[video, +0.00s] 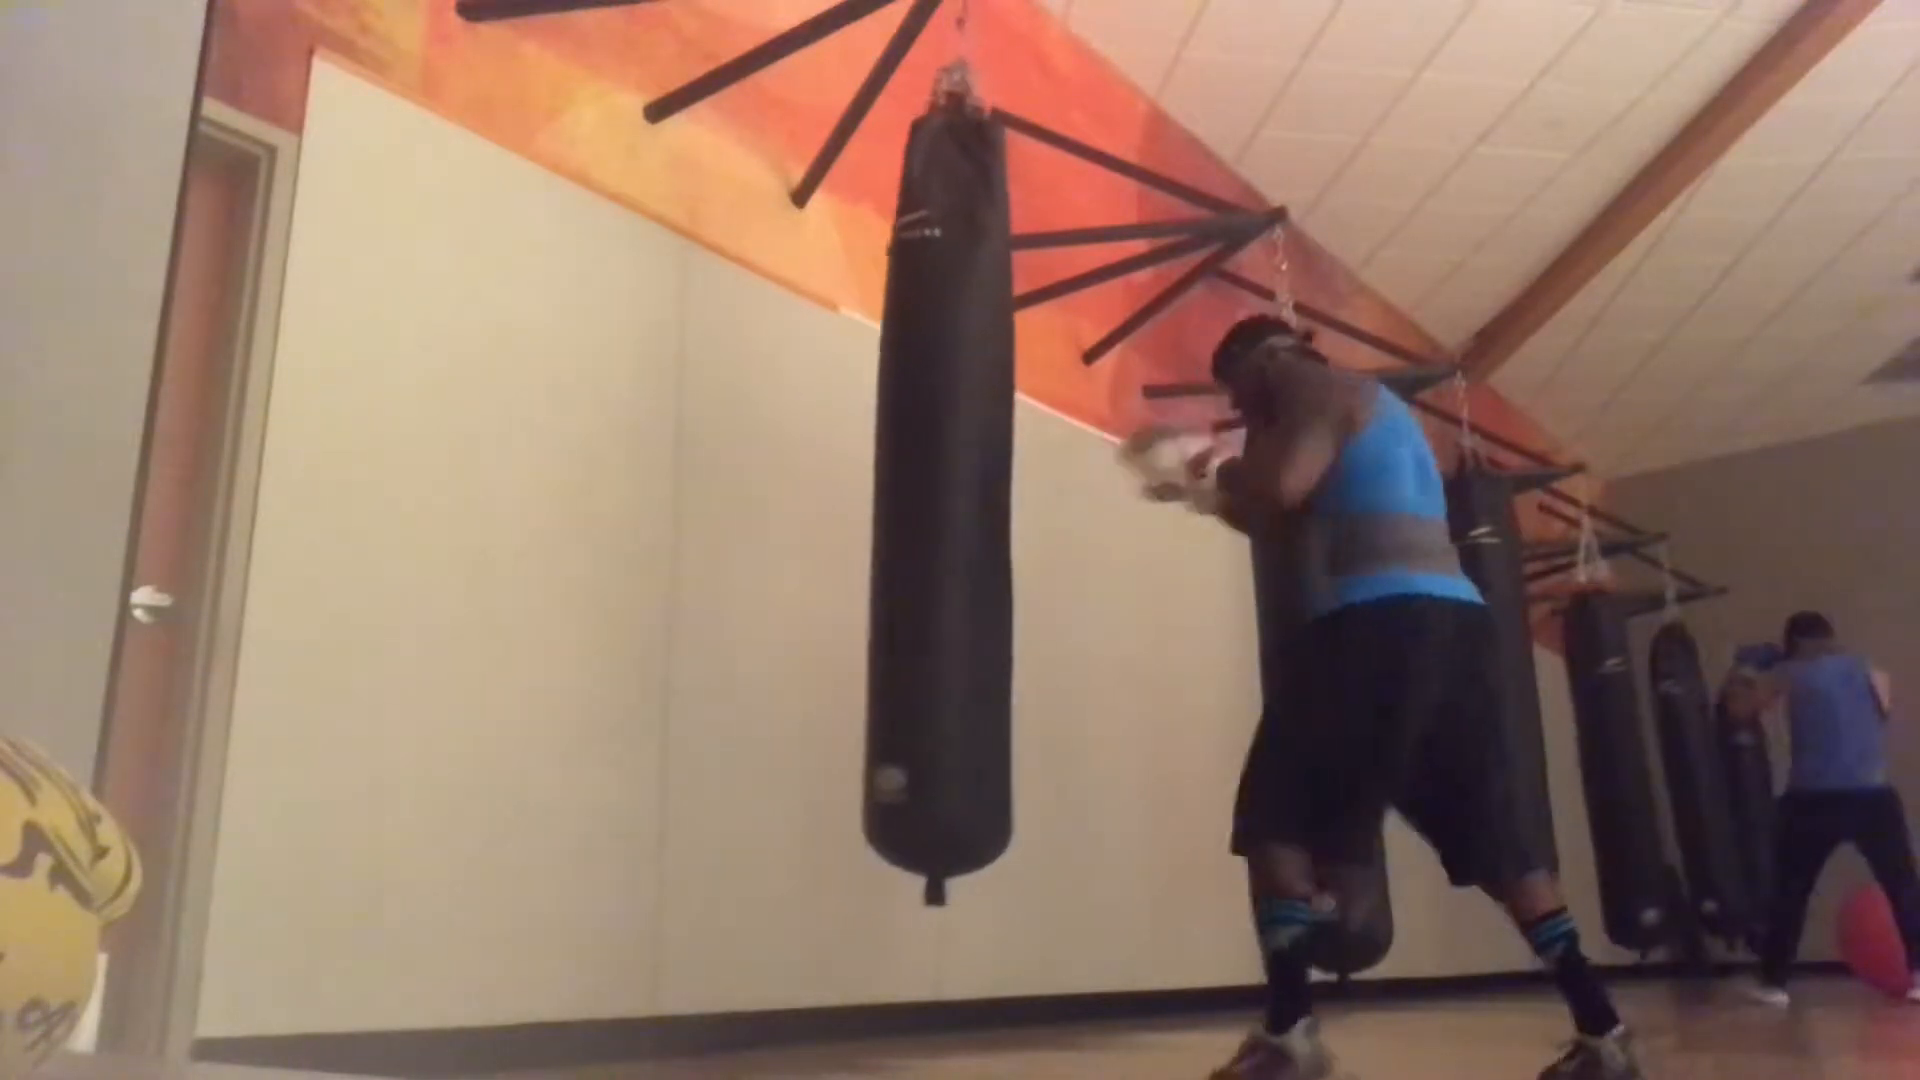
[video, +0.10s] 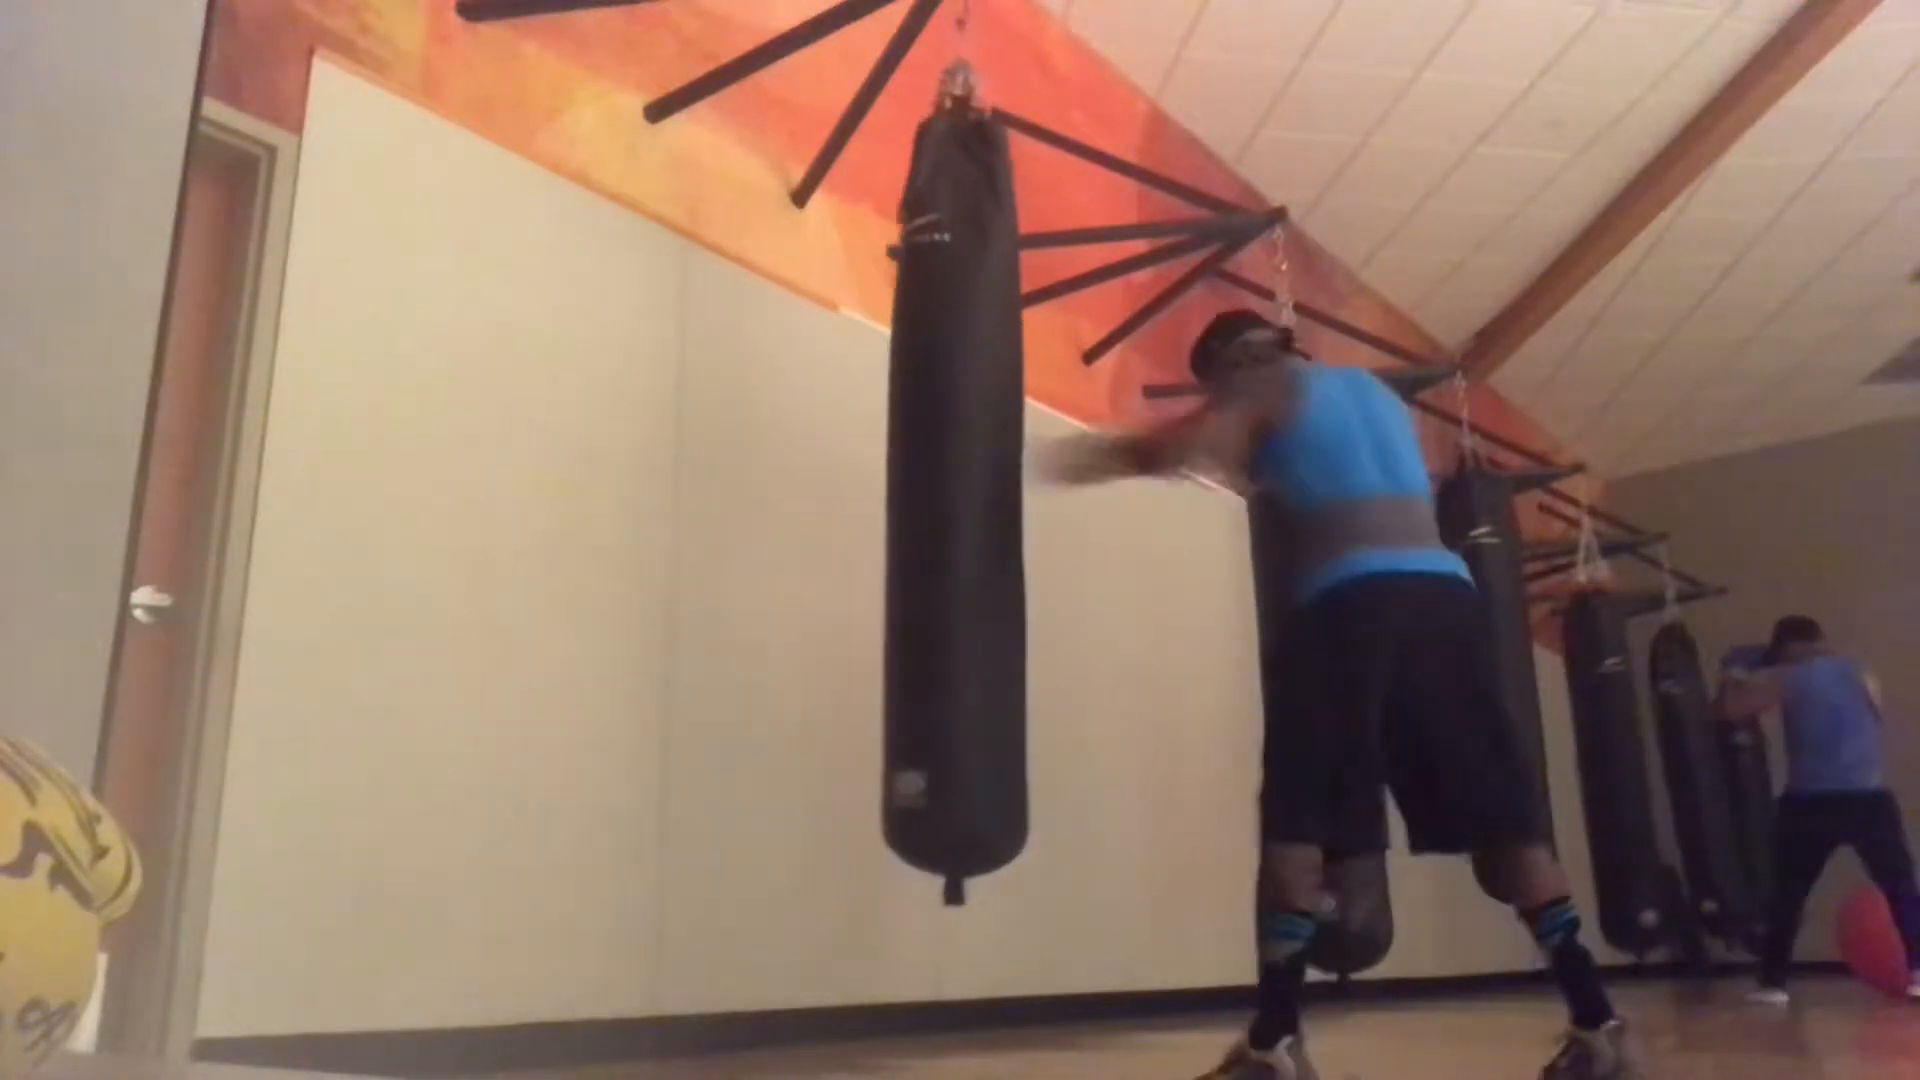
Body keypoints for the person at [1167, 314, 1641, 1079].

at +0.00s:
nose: (1244, 410)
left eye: (1242, 392)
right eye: (1237, 399)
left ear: (1265, 362)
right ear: (1294, 347)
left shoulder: (1306, 380)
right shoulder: (1381, 406)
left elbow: (1281, 482)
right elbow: (1285, 521)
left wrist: (1226, 472)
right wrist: (1209, 494)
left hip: (1372, 626)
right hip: (1454, 623)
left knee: (1273, 815)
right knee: (1486, 827)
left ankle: (1288, 1026)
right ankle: (1601, 1025)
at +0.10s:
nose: (1219, 395)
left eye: (1216, 382)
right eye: (1215, 384)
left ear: (1232, 364)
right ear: (1284, 344)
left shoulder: (1258, 383)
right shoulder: (1375, 390)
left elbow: (1179, 446)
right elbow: (1410, 478)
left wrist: (1098, 456)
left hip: (1344, 618)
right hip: (1447, 610)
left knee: (1295, 822)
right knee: (1500, 814)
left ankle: (1275, 1034)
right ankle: (1598, 1019)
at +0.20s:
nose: (1209, 405)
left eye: (1208, 387)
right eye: (1209, 392)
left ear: (1229, 362)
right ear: (1278, 348)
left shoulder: (1250, 376)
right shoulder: (1371, 389)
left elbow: (1139, 445)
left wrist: (1065, 460)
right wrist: (1253, 466)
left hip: (1339, 609)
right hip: (1441, 601)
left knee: (1281, 812)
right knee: (1483, 805)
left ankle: (1265, 1032)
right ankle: (1579, 1007)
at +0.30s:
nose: (1211, 395)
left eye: (1212, 380)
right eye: (1209, 385)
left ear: (1235, 352)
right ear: (1278, 334)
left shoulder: (1260, 373)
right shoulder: (1380, 393)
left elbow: (1201, 462)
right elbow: (1399, 493)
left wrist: (1144, 460)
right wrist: (1245, 448)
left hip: (1321, 619)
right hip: (1431, 614)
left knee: (1231, 804)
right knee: (1487, 820)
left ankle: (1234, 1008)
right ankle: (1579, 1024)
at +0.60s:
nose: (1183, 369)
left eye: (1183, 354)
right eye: (1181, 358)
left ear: (1203, 335)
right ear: (1259, 310)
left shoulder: (1210, 357)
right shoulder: (1346, 362)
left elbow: (1132, 482)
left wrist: (1089, 465)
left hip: (1267, 605)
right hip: (1376, 601)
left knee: (1231, 826)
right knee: (1459, 801)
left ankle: (1220, 1042)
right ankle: (1567, 998)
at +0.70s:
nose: (1197, 361)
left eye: (1196, 347)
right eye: (1195, 351)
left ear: (1215, 324)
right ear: (1263, 298)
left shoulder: (1226, 343)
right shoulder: (1357, 350)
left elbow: (1174, 472)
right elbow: (1363, 462)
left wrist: (1139, 449)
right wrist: (1218, 415)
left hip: (1277, 601)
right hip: (1385, 599)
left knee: (1237, 827)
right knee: (1465, 808)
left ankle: (1221, 1042)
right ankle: (1567, 1011)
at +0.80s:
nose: (1214, 348)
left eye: (1214, 335)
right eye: (1213, 338)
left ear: (1232, 310)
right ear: (1277, 286)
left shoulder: (1245, 332)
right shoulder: (1381, 343)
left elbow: (1183, 458)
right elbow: (1398, 469)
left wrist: (1150, 420)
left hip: (1299, 593)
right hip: (1413, 591)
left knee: (1254, 819)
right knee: (1473, 803)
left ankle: (1223, 1043)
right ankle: (1576, 1023)